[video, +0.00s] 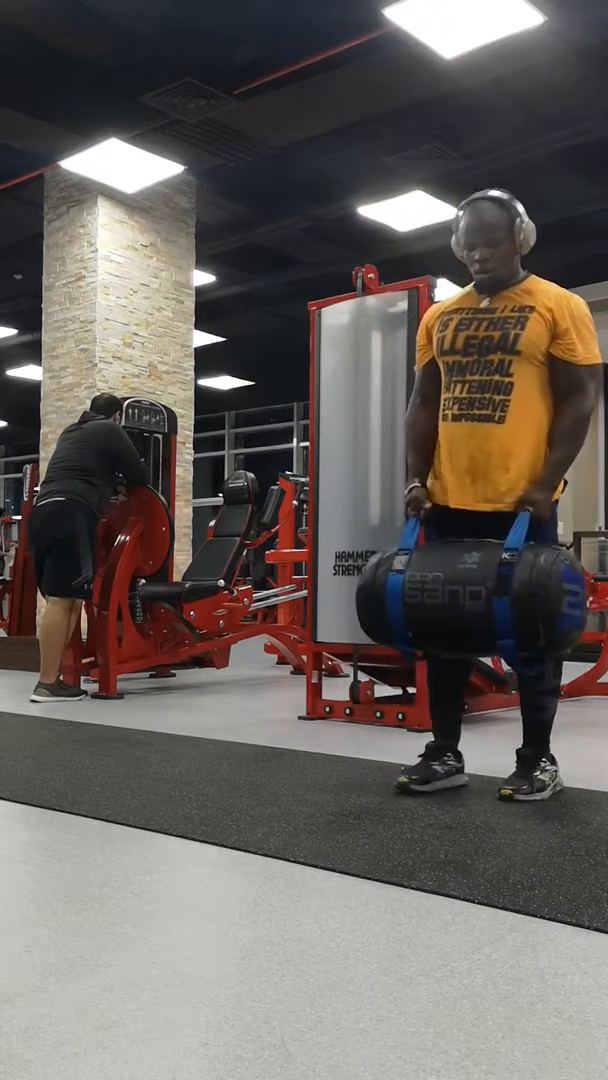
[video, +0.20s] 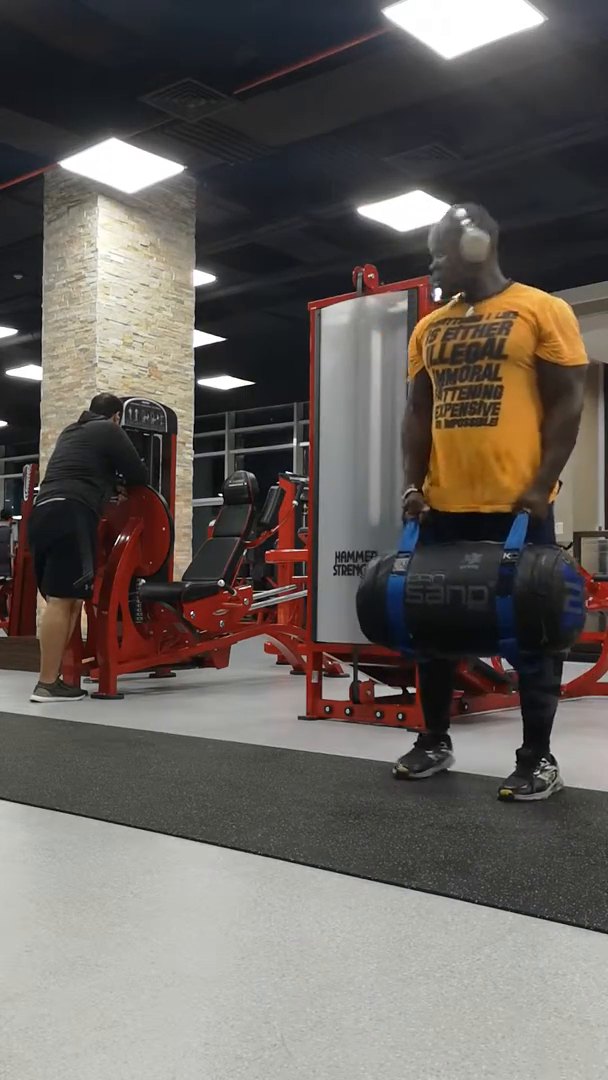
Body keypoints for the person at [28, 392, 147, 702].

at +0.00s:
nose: (121, 423)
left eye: (120, 419)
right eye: (121, 418)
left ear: (91, 412)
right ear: (115, 416)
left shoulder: (70, 431)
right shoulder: (110, 430)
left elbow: (77, 470)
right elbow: (140, 477)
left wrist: (110, 484)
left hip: (42, 510)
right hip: (67, 510)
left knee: (68, 601)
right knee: (59, 601)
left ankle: (54, 678)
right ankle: (47, 682)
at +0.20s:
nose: (121, 423)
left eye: (120, 419)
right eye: (121, 419)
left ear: (91, 413)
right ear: (115, 417)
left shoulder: (69, 431)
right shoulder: (110, 430)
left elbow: (77, 470)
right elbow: (140, 477)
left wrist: (110, 484)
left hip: (41, 511)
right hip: (68, 510)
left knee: (66, 601)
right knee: (59, 601)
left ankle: (53, 679)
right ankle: (47, 682)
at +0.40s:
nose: (121, 424)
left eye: (120, 420)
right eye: (121, 419)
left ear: (91, 413)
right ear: (115, 417)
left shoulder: (69, 431)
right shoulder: (110, 430)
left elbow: (76, 470)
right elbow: (140, 477)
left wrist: (110, 483)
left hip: (41, 512)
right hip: (69, 511)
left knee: (63, 601)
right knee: (63, 601)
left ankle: (52, 679)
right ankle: (48, 682)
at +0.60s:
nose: (121, 424)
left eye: (120, 420)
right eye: (122, 419)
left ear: (91, 413)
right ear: (116, 417)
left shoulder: (69, 431)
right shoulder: (111, 431)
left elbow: (75, 470)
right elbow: (140, 478)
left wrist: (109, 486)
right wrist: (116, 478)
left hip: (41, 512)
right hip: (69, 511)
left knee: (61, 601)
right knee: (63, 601)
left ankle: (52, 679)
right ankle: (48, 682)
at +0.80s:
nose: (121, 424)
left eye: (121, 420)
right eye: (122, 419)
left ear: (91, 413)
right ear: (116, 417)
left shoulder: (69, 431)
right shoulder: (111, 431)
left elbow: (75, 470)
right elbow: (140, 478)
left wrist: (109, 486)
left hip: (41, 512)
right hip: (69, 511)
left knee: (61, 601)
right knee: (63, 601)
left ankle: (52, 679)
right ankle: (48, 682)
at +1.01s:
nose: (121, 424)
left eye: (120, 420)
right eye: (122, 419)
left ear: (91, 412)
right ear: (116, 417)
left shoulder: (69, 431)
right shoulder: (112, 431)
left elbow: (74, 470)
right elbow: (140, 478)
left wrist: (109, 486)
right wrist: (114, 476)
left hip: (41, 512)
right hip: (69, 511)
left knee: (60, 601)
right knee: (63, 601)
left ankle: (51, 679)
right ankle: (48, 682)